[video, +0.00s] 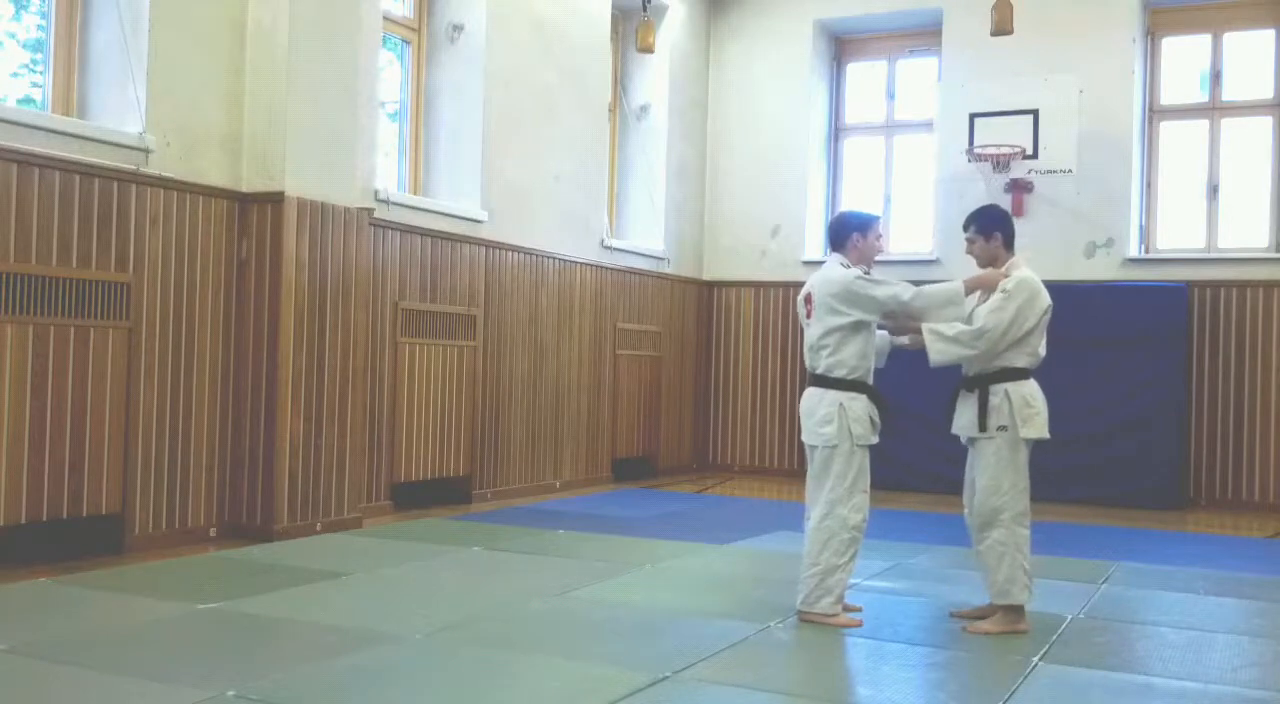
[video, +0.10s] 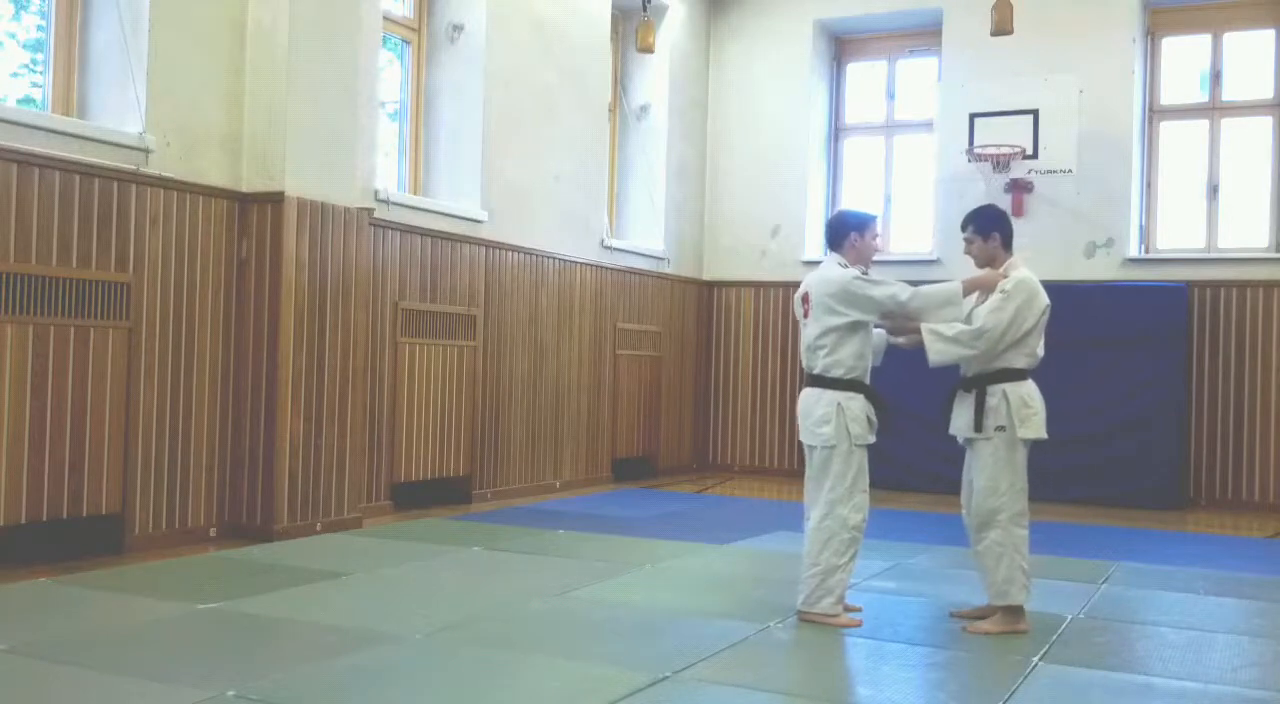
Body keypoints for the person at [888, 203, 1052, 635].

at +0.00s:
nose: (970, 253)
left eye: (973, 244)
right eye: (967, 245)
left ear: (997, 239)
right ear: (995, 241)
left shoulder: (1023, 285)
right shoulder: (999, 285)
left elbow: (981, 337)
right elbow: (972, 331)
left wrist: (917, 335)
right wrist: (913, 329)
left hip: (1006, 406)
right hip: (985, 405)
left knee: (1000, 507)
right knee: (982, 506)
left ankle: (1012, 610)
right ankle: (1000, 600)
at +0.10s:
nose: (967, 252)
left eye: (971, 243)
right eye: (965, 244)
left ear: (996, 239)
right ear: (993, 242)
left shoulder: (1021, 284)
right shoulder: (996, 285)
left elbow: (980, 336)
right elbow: (969, 330)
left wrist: (918, 335)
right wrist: (911, 327)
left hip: (1005, 405)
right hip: (983, 405)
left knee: (999, 508)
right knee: (980, 507)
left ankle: (1012, 610)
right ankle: (999, 600)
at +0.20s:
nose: (965, 252)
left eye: (969, 242)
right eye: (963, 244)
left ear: (993, 239)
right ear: (990, 241)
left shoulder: (1019, 285)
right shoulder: (993, 285)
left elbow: (979, 335)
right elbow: (968, 329)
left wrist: (917, 335)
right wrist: (913, 328)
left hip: (1002, 406)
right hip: (980, 405)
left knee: (997, 508)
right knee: (978, 507)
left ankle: (1012, 610)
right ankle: (999, 600)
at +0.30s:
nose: (961, 252)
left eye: (965, 243)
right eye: (959, 244)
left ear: (989, 239)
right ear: (985, 242)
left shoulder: (1016, 285)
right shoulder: (989, 285)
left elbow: (976, 335)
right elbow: (964, 328)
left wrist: (913, 335)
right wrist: (907, 328)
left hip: (1000, 407)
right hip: (976, 406)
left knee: (996, 510)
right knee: (973, 510)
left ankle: (1012, 611)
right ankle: (997, 600)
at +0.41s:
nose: (958, 254)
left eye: (961, 244)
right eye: (956, 246)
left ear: (986, 240)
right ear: (982, 242)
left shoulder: (1014, 285)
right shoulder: (983, 286)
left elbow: (975, 336)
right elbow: (960, 328)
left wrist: (910, 335)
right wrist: (903, 328)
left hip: (998, 407)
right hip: (969, 406)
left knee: (995, 509)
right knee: (960, 505)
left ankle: (1011, 610)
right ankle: (993, 596)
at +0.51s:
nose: (947, 254)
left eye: (951, 244)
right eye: (946, 246)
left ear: (976, 240)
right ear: (972, 243)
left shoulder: (1005, 285)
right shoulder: (970, 287)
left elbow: (968, 335)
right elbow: (949, 328)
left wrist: (903, 334)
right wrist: (896, 328)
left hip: (990, 406)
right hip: (957, 406)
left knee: (991, 510)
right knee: (933, 495)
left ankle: (1012, 611)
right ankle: (969, 588)